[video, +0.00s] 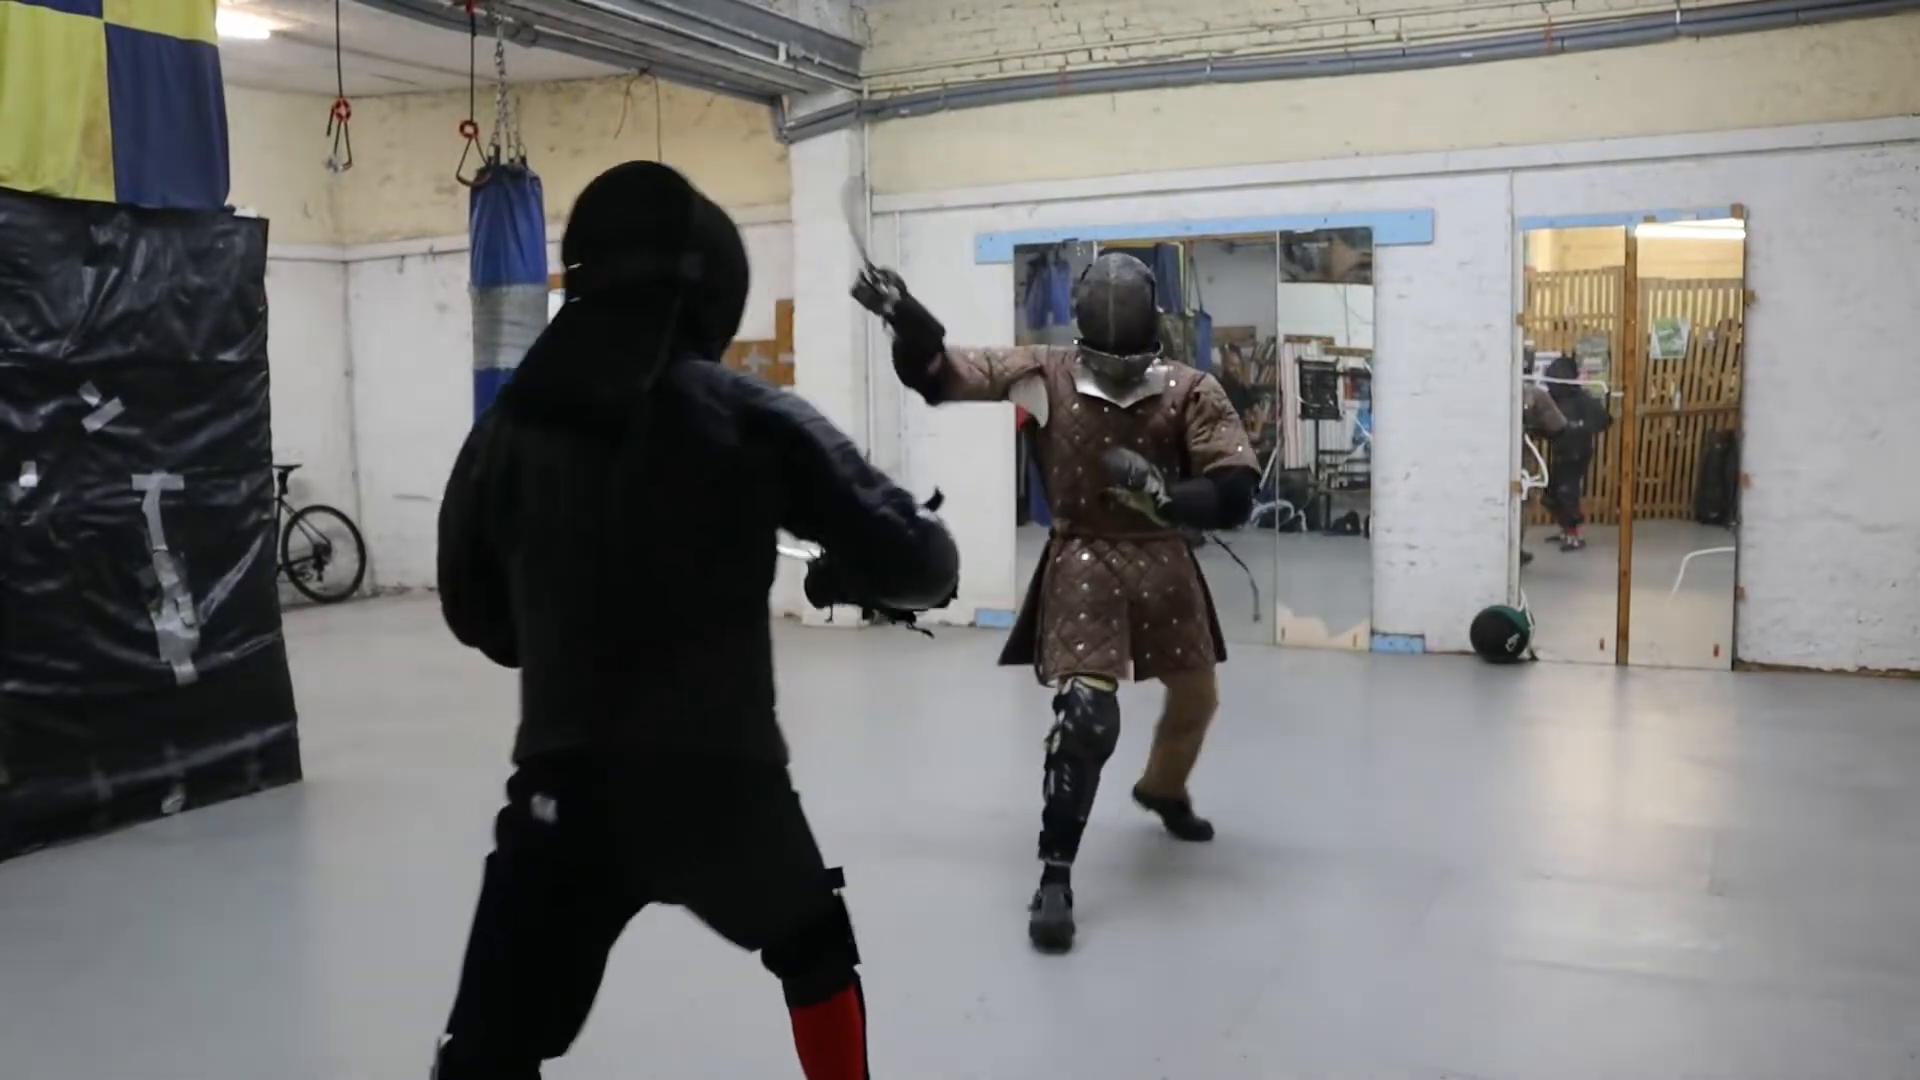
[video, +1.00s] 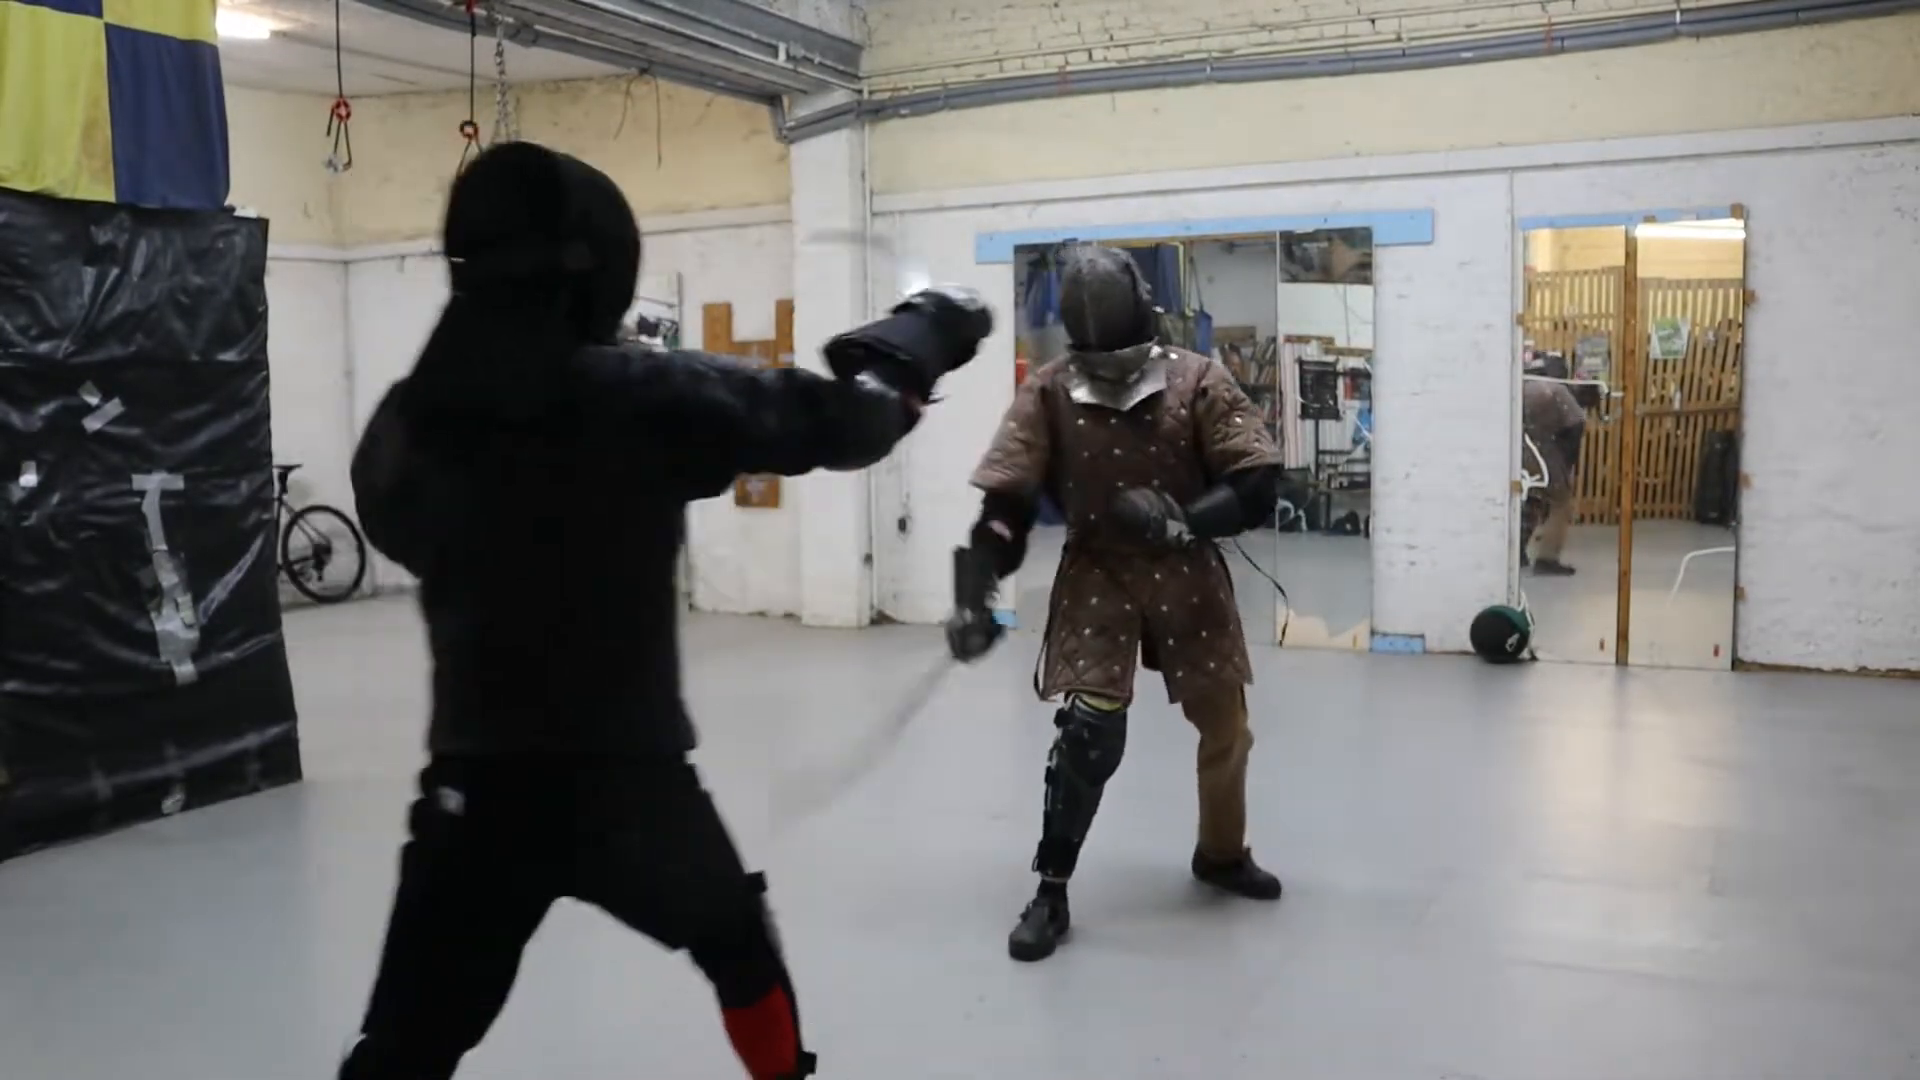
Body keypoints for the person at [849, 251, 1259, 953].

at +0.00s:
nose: (1115, 366)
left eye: (1129, 353)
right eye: (1103, 351)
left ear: (1153, 333)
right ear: (1082, 332)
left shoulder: (1190, 391)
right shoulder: (1044, 373)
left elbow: (1237, 490)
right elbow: (939, 374)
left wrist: (1166, 493)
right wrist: (907, 318)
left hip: (1164, 557)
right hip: (1082, 557)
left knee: (1196, 695)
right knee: (1087, 719)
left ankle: (1164, 787)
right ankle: (1056, 877)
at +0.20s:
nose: (1113, 375)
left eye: (1127, 362)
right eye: (1100, 360)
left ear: (1150, 343)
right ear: (1080, 340)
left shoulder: (1181, 402)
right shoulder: (1051, 372)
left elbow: (1222, 505)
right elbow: (994, 380)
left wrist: (1160, 508)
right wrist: (935, 379)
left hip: (1151, 569)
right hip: (1071, 568)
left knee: (1216, 711)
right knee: (1084, 728)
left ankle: (1226, 828)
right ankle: (1052, 885)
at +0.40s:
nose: (1121, 370)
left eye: (1135, 355)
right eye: (1106, 355)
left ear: (1156, 336)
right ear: (1084, 336)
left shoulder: (1189, 392)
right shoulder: (1052, 378)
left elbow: (1236, 495)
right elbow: (985, 434)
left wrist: (1183, 514)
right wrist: (1057, 470)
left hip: (1164, 568)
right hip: (1082, 563)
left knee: (1218, 710)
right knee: (1083, 725)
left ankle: (1211, 842)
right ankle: (1052, 886)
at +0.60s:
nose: (1082, 348)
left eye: (1094, 333)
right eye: (1068, 335)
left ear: (1121, 321)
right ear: (1051, 329)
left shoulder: (1180, 382)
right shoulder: (1040, 390)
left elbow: (1237, 482)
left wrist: (1168, 518)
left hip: (1177, 565)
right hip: (1088, 568)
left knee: (1214, 719)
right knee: (1080, 732)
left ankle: (1219, 837)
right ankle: (1059, 890)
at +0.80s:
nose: (1080, 367)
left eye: (1090, 349)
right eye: (1063, 356)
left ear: (1111, 325)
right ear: (1039, 341)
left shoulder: (1168, 374)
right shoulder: (1027, 400)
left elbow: (1237, 474)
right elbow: (968, 462)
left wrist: (1171, 510)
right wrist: (988, 391)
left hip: (1178, 568)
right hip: (1086, 576)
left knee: (1238, 713)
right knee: (1089, 736)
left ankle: (1234, 816)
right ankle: (1053, 892)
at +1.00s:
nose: (1108, 370)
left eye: (1122, 353)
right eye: (1092, 356)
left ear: (1146, 325)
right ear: (1071, 336)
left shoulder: (1198, 383)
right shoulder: (1047, 395)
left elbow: (1261, 485)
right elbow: (1008, 504)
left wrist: (1183, 523)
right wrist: (974, 591)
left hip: (1187, 576)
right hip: (1096, 578)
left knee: (1229, 726)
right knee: (1090, 733)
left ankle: (1221, 856)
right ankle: (1050, 891)